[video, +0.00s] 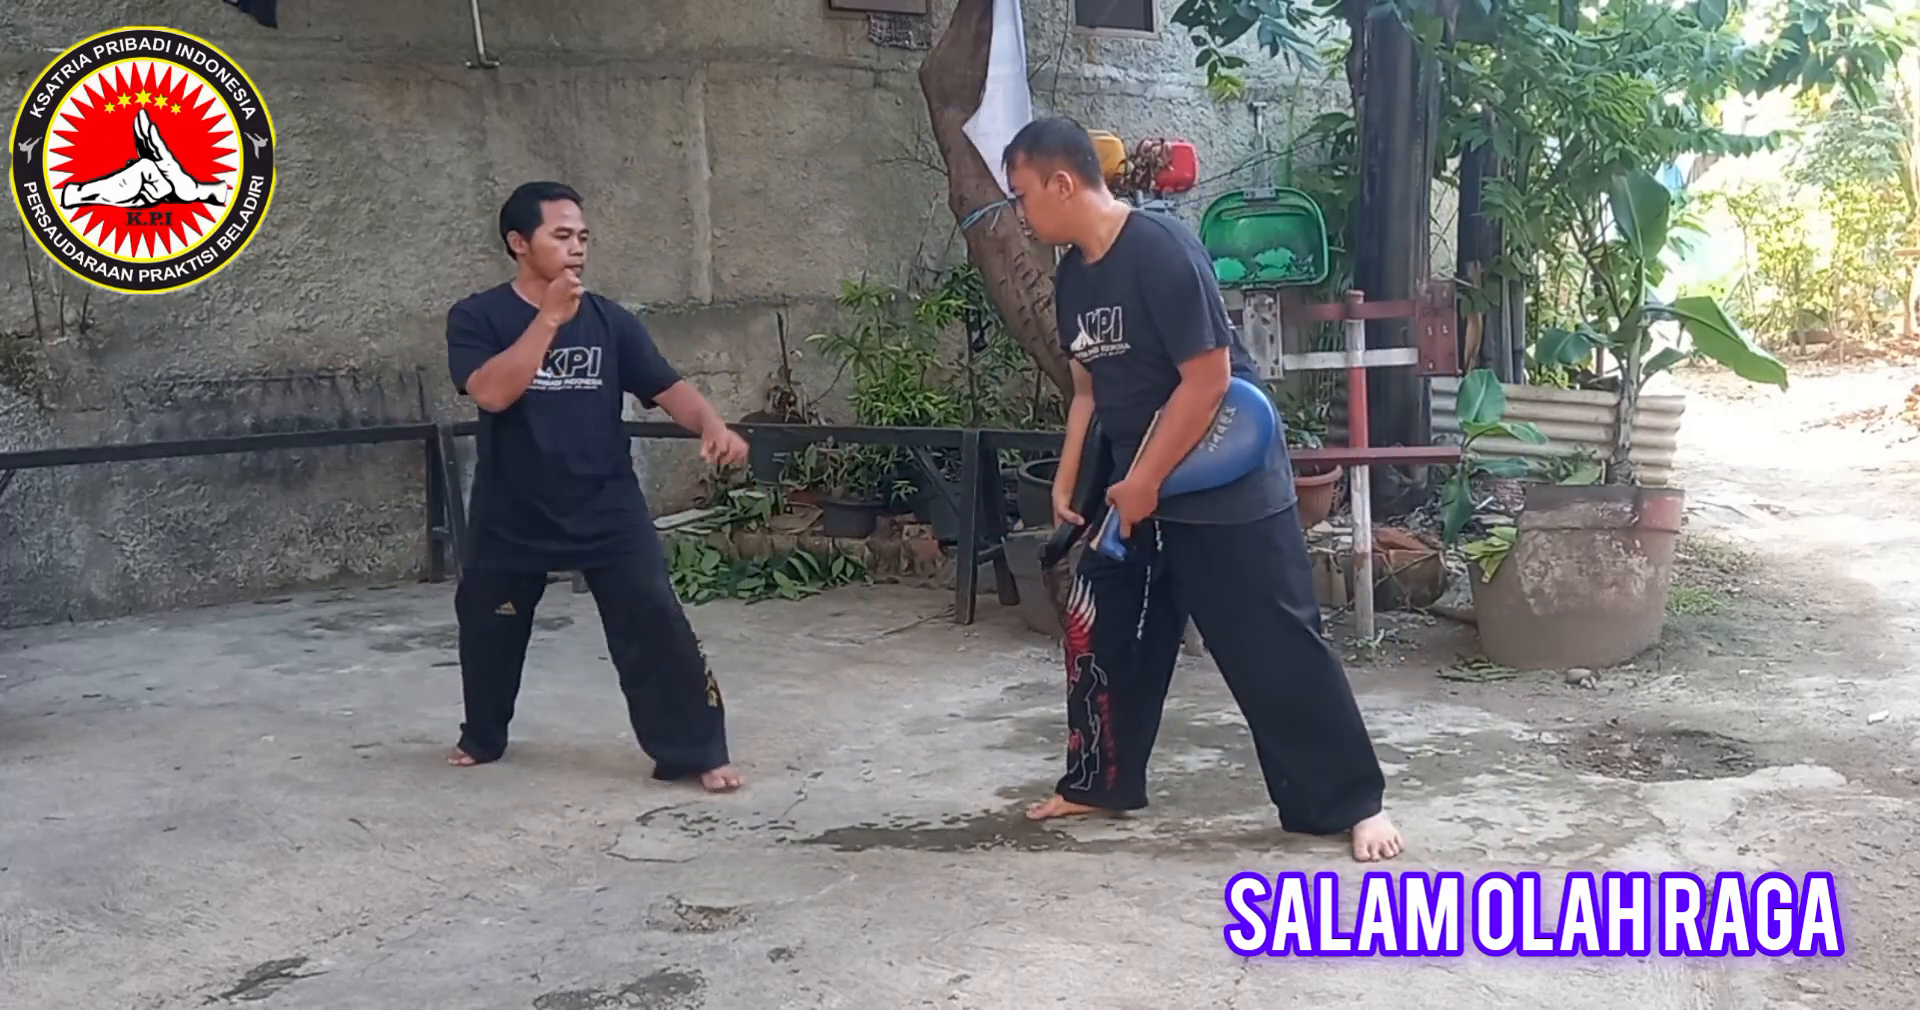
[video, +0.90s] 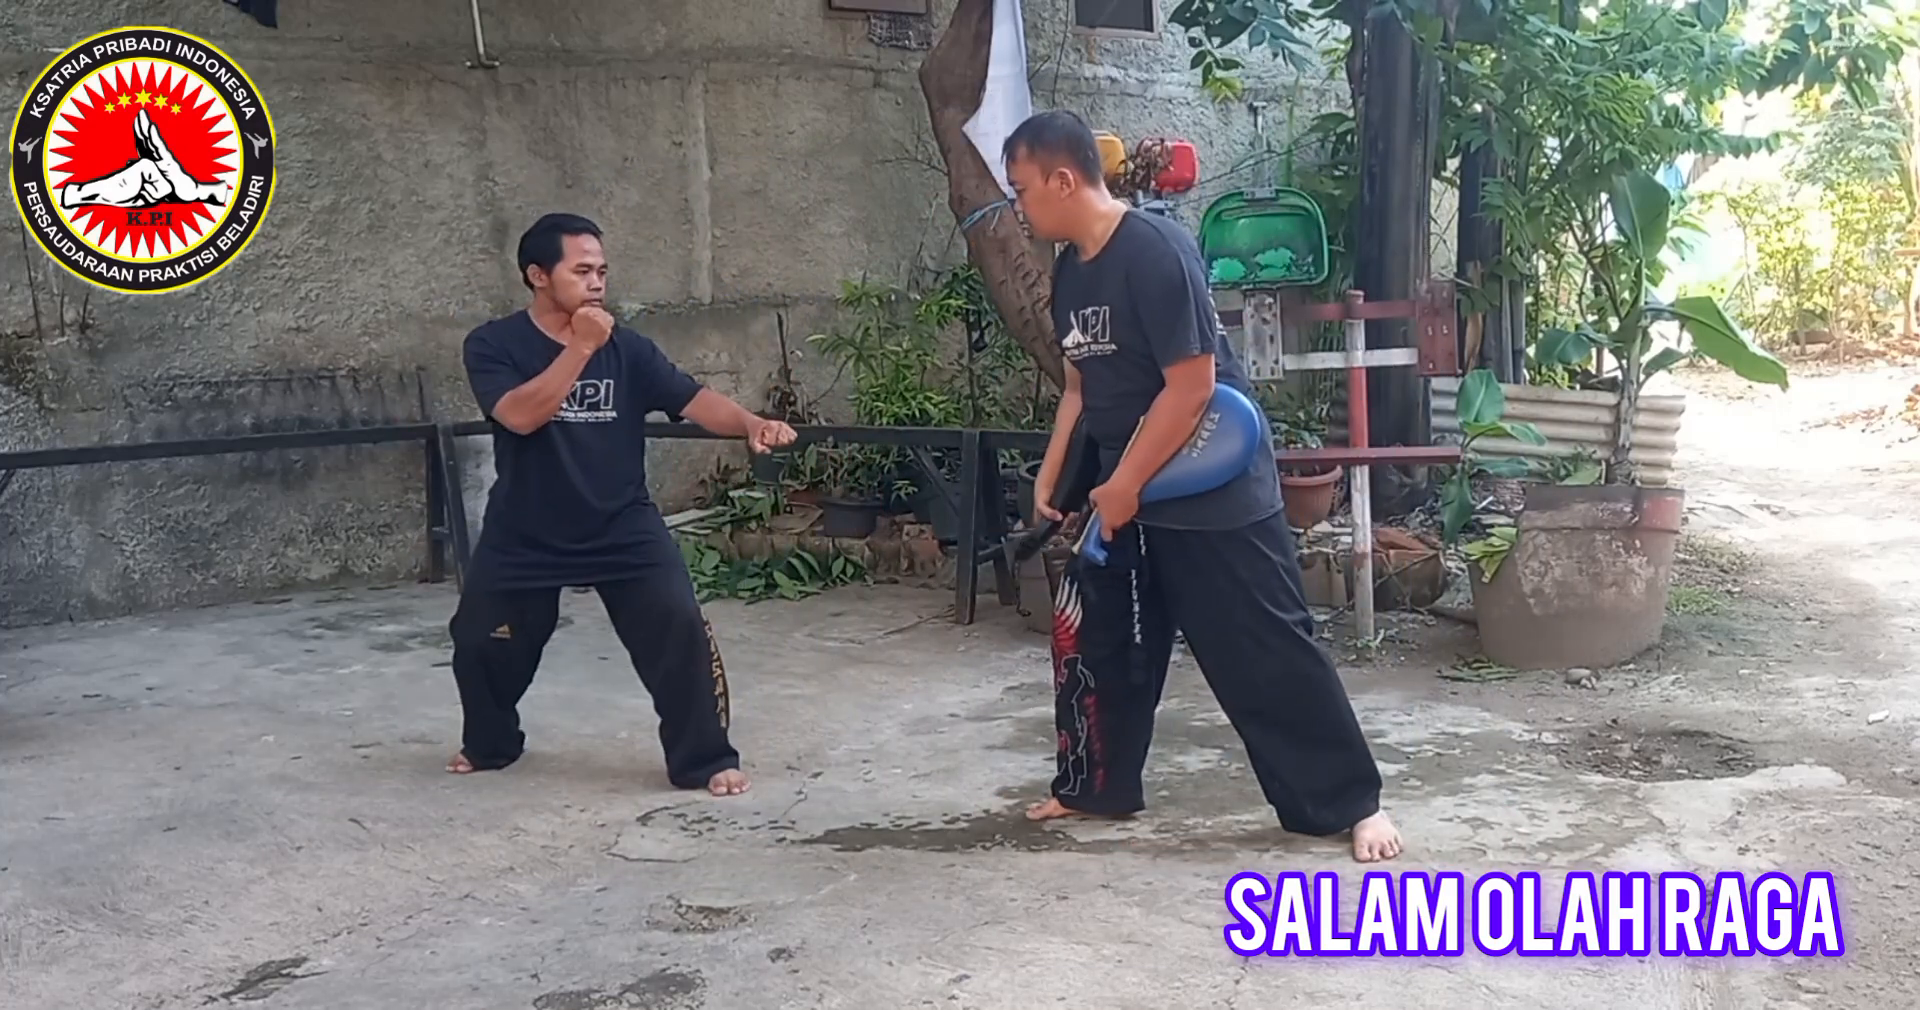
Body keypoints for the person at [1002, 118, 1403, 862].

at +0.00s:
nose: (1021, 217)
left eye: (1022, 199)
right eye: (1016, 203)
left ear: (1064, 182)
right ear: (1061, 185)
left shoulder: (1163, 247)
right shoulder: (1073, 271)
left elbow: (1207, 378)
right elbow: (1089, 386)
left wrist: (1145, 477)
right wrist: (1069, 477)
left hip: (1223, 486)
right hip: (1136, 491)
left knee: (1279, 640)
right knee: (1113, 638)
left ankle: (1361, 805)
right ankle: (1102, 783)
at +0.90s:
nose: (1018, 209)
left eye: (1020, 192)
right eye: (1015, 195)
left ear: (1064, 179)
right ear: (1062, 181)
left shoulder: (1156, 249)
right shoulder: (1071, 266)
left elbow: (1191, 385)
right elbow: (1081, 386)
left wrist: (1127, 481)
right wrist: (1051, 474)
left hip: (1211, 489)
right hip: (1125, 493)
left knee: (1274, 647)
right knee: (1105, 644)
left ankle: (1359, 806)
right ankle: (1099, 787)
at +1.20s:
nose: (1006, 240)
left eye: (1009, 222)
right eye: (1002, 226)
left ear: (1053, 211)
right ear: (1047, 215)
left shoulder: (1159, 266)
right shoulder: (1051, 297)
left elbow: (1218, 383)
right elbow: (1001, 371)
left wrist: (1131, 458)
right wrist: (925, 330)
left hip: (1234, 500)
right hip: (1137, 502)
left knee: (1291, 648)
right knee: (1101, 639)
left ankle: (1380, 801)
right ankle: (1102, 787)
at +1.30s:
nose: (1007, 239)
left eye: (1010, 223)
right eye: (1003, 226)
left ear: (1055, 210)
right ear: (1049, 215)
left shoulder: (1160, 263)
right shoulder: (1051, 297)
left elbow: (1221, 381)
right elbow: (1002, 372)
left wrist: (1136, 457)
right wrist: (927, 330)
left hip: (1238, 496)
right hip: (1138, 501)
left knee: (1305, 639)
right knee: (1097, 637)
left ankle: (1388, 802)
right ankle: (1102, 787)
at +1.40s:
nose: (1017, 238)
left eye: (1021, 221)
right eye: (1013, 223)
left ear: (1067, 207)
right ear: (1059, 212)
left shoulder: (1170, 266)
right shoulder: (1057, 295)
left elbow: (1224, 387)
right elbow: (1010, 373)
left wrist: (1138, 459)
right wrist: (935, 330)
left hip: (1240, 493)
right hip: (1139, 497)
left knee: (1310, 640)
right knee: (1107, 639)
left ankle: (1393, 806)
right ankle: (1105, 787)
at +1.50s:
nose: (1031, 230)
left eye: (1035, 213)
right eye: (1026, 215)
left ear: (1083, 200)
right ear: (1073, 205)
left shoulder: (1183, 262)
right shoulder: (1071, 288)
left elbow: (1235, 383)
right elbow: (1023, 369)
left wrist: (1146, 453)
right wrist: (946, 330)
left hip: (1246, 493)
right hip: (1147, 494)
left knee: (1311, 641)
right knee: (1108, 637)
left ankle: (1400, 805)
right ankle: (1105, 785)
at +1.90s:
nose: (1101, 206)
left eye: (1107, 188)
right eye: (1097, 192)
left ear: (1162, 174)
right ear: (1154, 180)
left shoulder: (1239, 254)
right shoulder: (1153, 251)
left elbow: (1268, 382)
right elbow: (1114, 327)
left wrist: (1166, 441)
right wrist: (1036, 299)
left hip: (1273, 497)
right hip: (1188, 490)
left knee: (1323, 652)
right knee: (1150, 636)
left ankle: (1410, 807)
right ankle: (1121, 782)